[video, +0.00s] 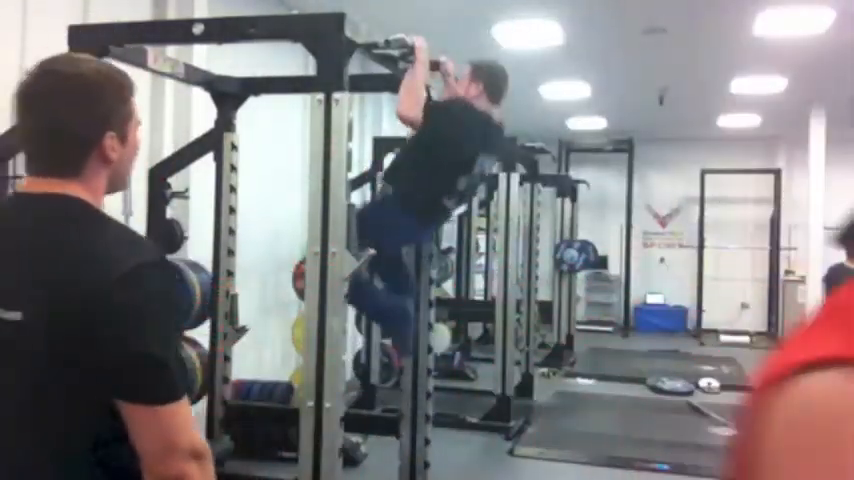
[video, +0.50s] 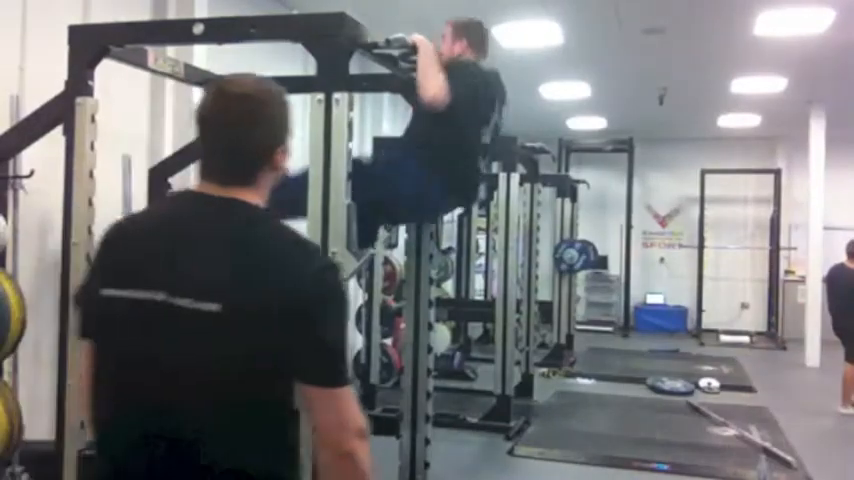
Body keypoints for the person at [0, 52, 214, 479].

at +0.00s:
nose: (139, 141)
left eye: (138, 127)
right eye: (135, 128)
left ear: (31, 135)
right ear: (110, 145)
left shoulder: (8, 223)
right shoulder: (129, 267)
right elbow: (176, 459)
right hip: (89, 466)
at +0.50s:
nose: (289, 154)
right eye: (288, 144)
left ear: (202, 143)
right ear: (279, 157)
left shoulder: (124, 241)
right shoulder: (301, 268)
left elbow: (94, 393)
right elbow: (343, 442)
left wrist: (112, 452)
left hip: (131, 467)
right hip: (251, 467)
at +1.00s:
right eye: (380, 163)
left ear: (300, 152)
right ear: (372, 169)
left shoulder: (217, 238)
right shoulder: (386, 272)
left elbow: (176, 376)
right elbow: (423, 430)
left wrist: (221, 438)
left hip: (215, 462)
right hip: (329, 465)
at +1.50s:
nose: (332, 179)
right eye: (331, 170)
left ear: (262, 170)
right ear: (323, 176)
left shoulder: (195, 257)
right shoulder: (355, 260)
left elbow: (171, 388)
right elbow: (399, 397)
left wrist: (192, 464)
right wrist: (410, 473)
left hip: (221, 466)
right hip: (322, 466)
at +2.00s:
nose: (314, 179)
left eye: (313, 169)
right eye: (314, 171)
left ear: (243, 169)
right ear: (303, 177)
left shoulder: (177, 261)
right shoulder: (331, 258)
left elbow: (171, 385)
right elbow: (372, 389)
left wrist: (205, 446)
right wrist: (355, 446)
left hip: (221, 463)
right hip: (315, 463)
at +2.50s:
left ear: (317, 172)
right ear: (377, 183)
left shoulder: (258, 253)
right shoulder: (405, 266)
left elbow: (232, 377)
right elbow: (442, 398)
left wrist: (253, 450)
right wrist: (451, 471)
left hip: (283, 461)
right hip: (376, 463)